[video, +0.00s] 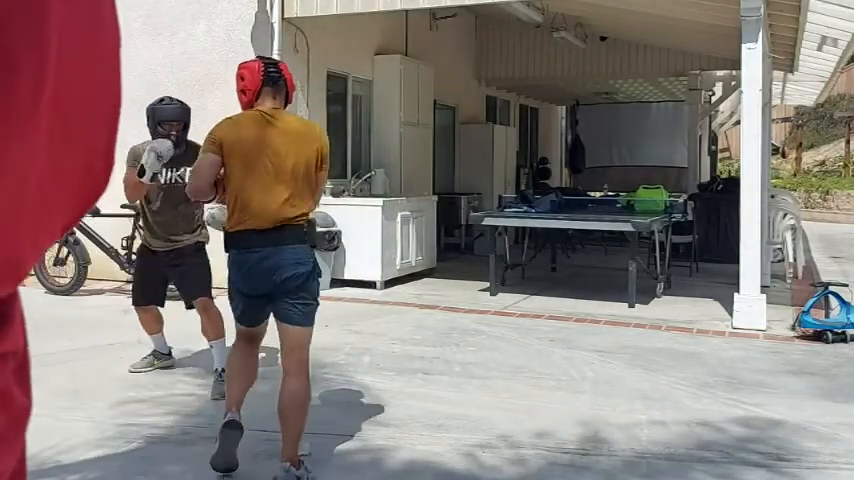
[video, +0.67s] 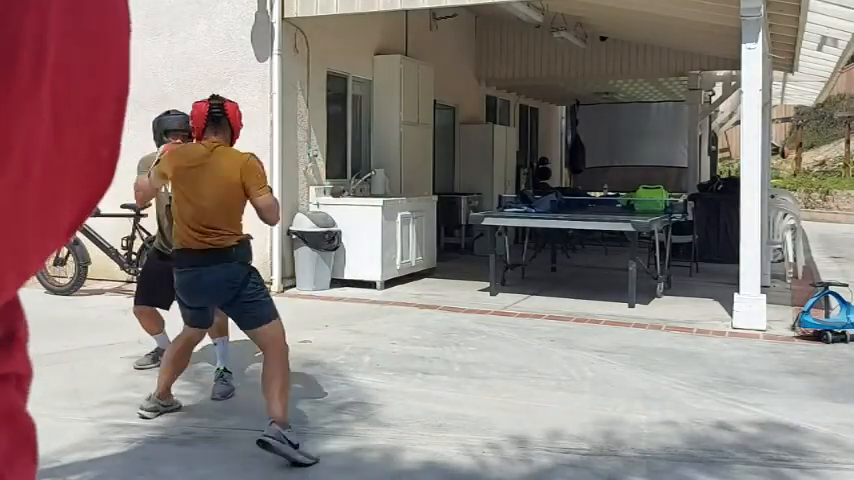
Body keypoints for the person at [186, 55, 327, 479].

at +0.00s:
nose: (286, 98)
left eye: (244, 91)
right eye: (289, 92)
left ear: (246, 90)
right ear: (288, 92)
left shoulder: (226, 130)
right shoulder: (313, 134)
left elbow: (198, 191)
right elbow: (315, 193)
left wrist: (227, 189)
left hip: (245, 255)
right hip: (296, 252)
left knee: (247, 340)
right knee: (295, 364)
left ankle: (232, 414)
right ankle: (291, 462)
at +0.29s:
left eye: (241, 95)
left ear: (242, 96)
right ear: (284, 98)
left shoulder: (222, 134)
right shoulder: (307, 134)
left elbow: (199, 193)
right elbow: (307, 173)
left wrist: (212, 151)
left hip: (236, 255)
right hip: (283, 254)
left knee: (235, 326)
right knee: (286, 363)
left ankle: (209, 406)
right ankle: (288, 461)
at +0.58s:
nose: (253, 127)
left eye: (248, 122)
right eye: (252, 121)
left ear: (214, 120)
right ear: (248, 121)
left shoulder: (190, 147)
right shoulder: (257, 154)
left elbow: (162, 158)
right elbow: (276, 215)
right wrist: (276, 179)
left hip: (197, 262)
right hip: (241, 263)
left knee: (202, 327)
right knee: (286, 347)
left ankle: (171, 390)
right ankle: (278, 439)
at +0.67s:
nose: (237, 134)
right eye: (236, 128)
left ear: (198, 127)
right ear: (233, 129)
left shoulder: (174, 156)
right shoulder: (243, 161)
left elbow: (143, 195)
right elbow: (271, 215)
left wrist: (156, 164)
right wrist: (268, 195)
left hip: (187, 271)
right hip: (231, 269)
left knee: (192, 330)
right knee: (275, 345)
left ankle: (159, 396)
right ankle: (278, 427)